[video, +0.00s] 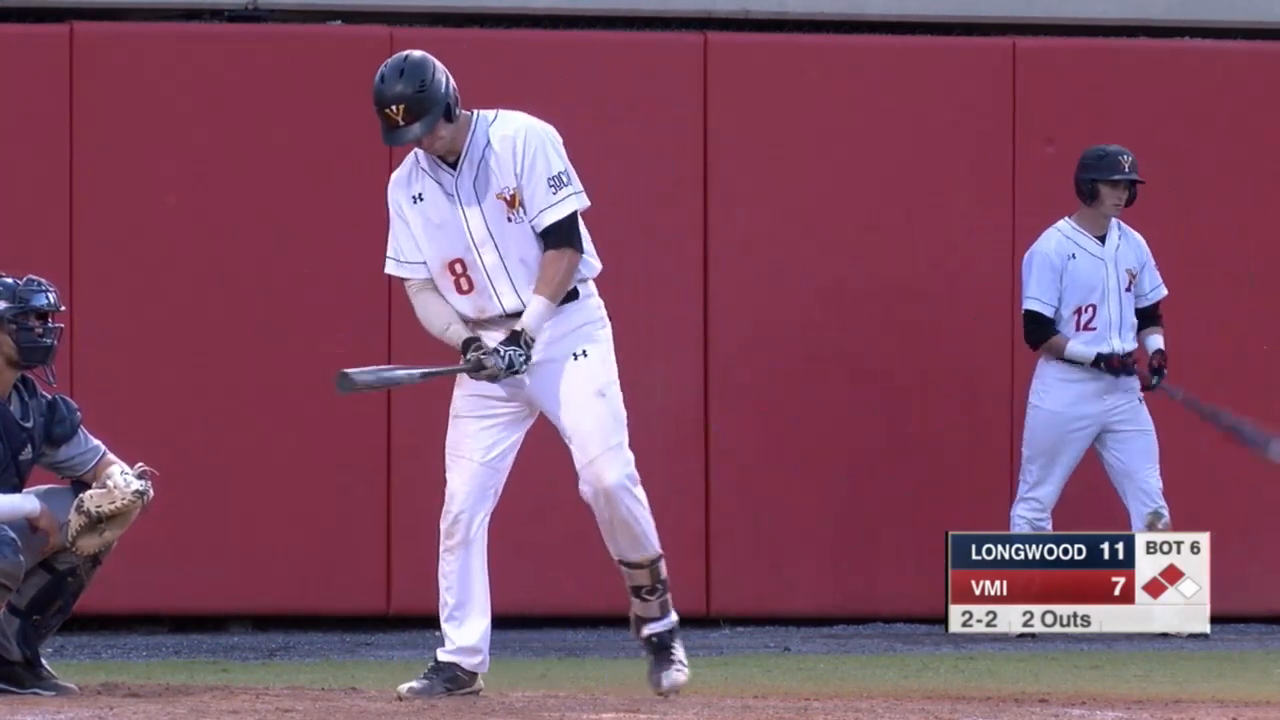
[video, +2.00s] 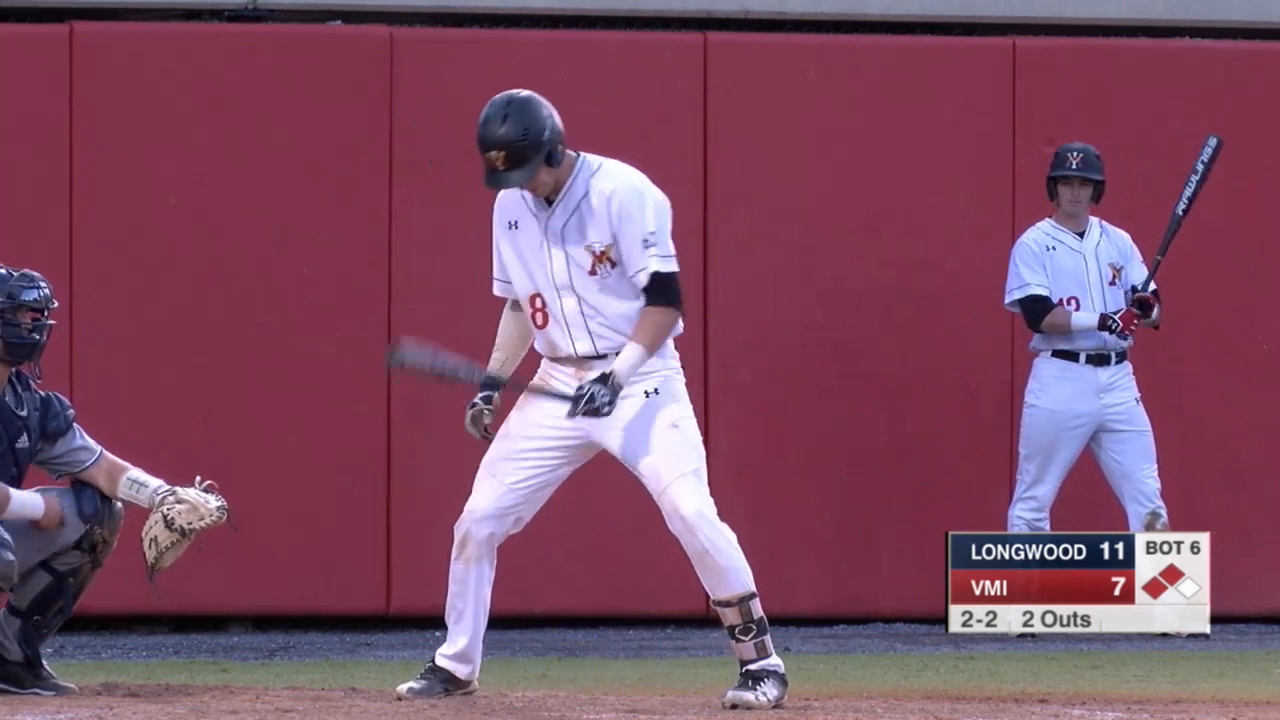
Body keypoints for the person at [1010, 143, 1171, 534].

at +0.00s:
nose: (1122, 195)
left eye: (1127, 186)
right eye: (1114, 185)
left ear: (1131, 190)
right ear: (1088, 186)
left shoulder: (1133, 244)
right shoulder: (1049, 249)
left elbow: (1148, 314)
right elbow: (1036, 332)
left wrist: (1156, 353)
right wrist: (1097, 358)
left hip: (1123, 391)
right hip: (1063, 391)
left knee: (1152, 510)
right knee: (1034, 507)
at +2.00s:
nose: (1075, 192)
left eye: (1083, 184)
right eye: (1067, 183)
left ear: (1096, 189)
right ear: (1053, 187)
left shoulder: (1119, 241)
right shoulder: (1032, 243)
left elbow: (1152, 312)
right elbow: (1040, 317)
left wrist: (1146, 309)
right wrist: (1101, 320)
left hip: (1118, 383)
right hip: (1058, 381)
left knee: (1148, 504)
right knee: (1033, 502)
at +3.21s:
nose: (1124, 193)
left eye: (1130, 185)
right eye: (1115, 184)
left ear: (1135, 191)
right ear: (1092, 187)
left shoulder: (1136, 246)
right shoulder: (1064, 242)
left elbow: (1149, 314)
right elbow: (1087, 322)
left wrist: (1163, 326)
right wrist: (1146, 342)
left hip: (1121, 387)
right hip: (1067, 384)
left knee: (1151, 504)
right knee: (1037, 504)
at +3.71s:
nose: (1195, 201)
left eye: (1199, 193)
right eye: (1186, 192)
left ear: (1204, 198)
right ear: (1162, 195)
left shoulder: (1188, 254)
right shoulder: (1134, 246)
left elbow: (1186, 328)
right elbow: (1148, 333)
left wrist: (1217, 359)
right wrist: (1193, 375)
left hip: (1153, 385)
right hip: (1106, 378)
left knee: (1172, 501)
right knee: (1083, 494)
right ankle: (1032, 582)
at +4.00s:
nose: (1198, 209)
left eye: (1203, 201)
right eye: (1189, 200)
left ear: (1207, 206)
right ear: (1163, 203)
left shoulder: (1192, 257)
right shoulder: (1130, 259)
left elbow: (1185, 323)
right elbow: (1115, 345)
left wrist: (1208, 364)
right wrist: (1138, 411)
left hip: (1147, 386)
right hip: (1099, 382)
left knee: (1171, 495)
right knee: (1060, 484)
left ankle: (1179, 592)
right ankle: (1000, 576)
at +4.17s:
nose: (1175, 215)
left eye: (1179, 207)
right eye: (1165, 207)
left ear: (1183, 212)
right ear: (1140, 210)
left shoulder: (1174, 264)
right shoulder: (1102, 266)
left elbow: (1172, 330)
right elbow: (1078, 348)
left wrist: (1189, 369)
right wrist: (1080, 408)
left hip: (1135, 398)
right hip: (1081, 391)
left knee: (1165, 505)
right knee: (1047, 496)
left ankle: (1171, 609)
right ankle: (992, 591)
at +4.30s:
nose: (1147, 218)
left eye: (1153, 210)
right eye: (1138, 210)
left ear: (1158, 216)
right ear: (1114, 213)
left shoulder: (1154, 266)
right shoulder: (1074, 268)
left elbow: (1156, 329)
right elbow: (1043, 339)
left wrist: (1167, 369)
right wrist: (1024, 394)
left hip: (1118, 401)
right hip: (1062, 395)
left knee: (1151, 505)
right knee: (1038, 497)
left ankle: (1165, 606)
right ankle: (991, 594)